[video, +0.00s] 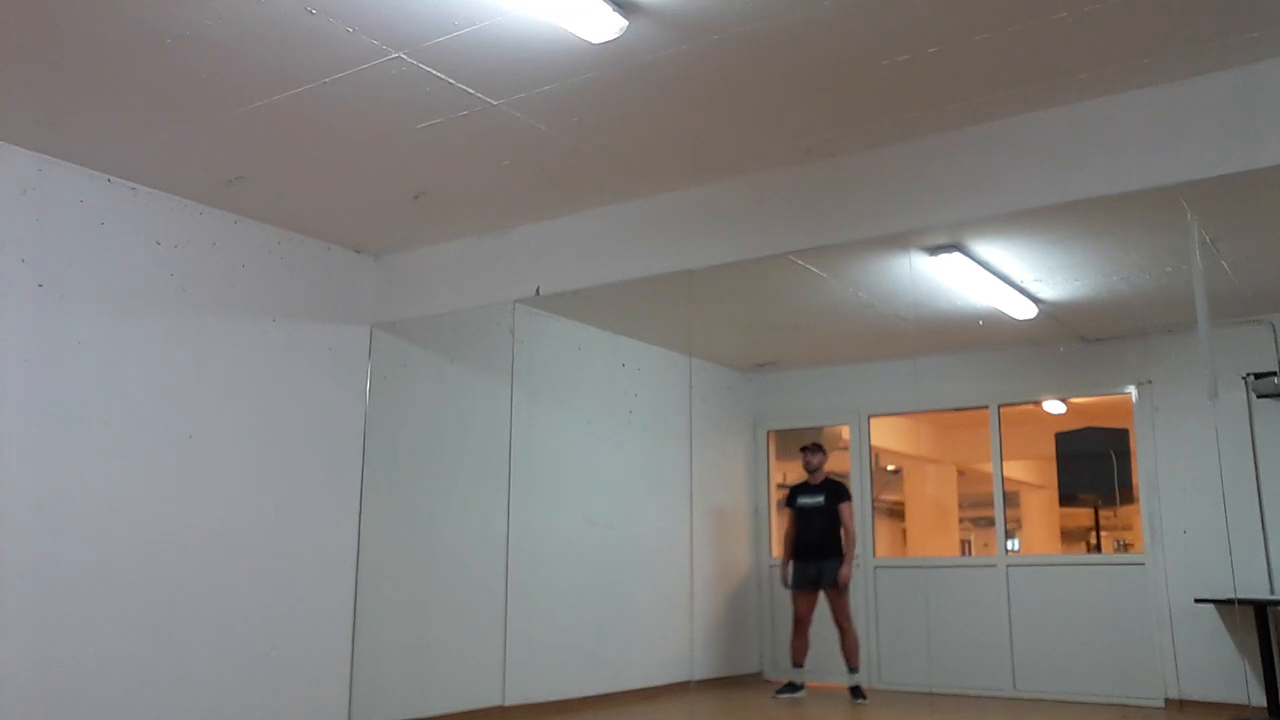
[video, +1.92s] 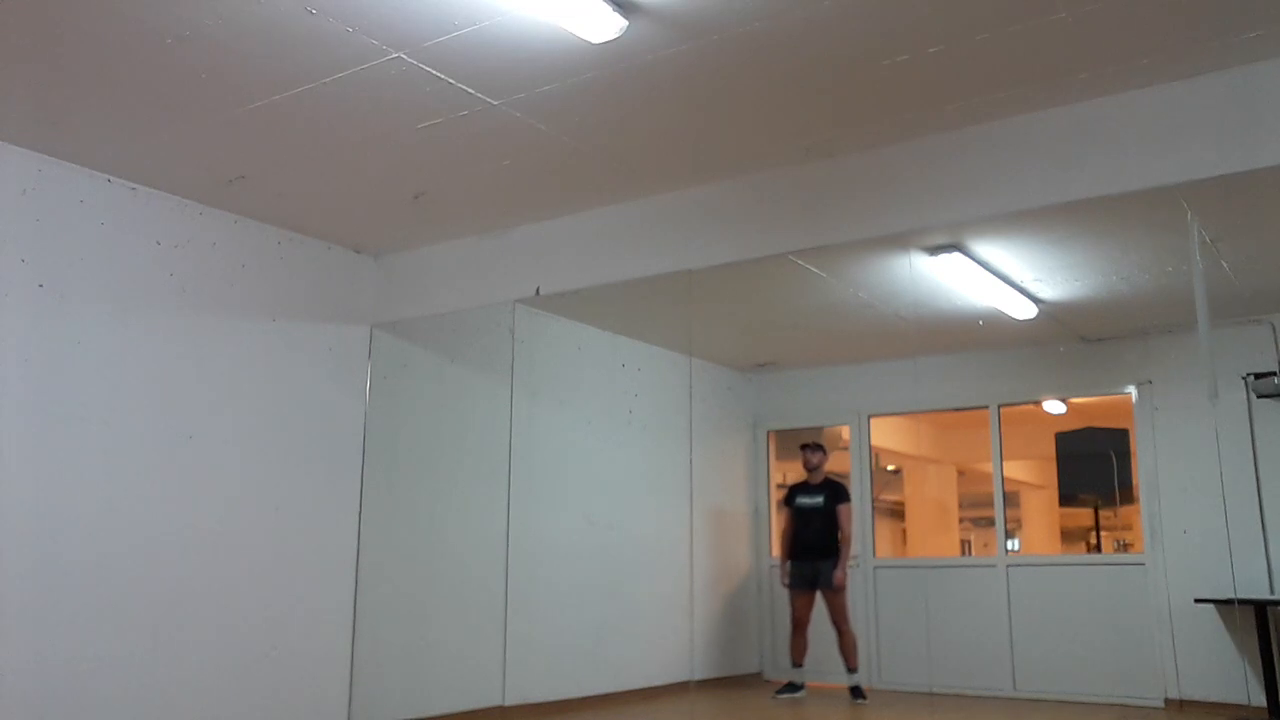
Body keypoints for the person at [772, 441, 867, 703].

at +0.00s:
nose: (809, 460)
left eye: (814, 455)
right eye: (806, 456)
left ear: (824, 459)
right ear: (802, 461)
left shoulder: (837, 489)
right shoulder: (796, 492)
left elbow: (848, 527)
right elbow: (790, 529)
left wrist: (848, 563)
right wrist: (785, 562)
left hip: (832, 563)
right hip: (803, 564)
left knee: (844, 622)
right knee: (800, 621)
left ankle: (855, 682)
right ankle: (797, 680)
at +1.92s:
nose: (810, 458)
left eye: (816, 454)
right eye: (807, 454)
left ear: (825, 458)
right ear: (802, 459)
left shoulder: (837, 490)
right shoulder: (794, 492)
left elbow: (845, 531)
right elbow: (787, 529)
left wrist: (842, 566)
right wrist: (784, 563)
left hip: (829, 563)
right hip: (800, 564)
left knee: (841, 623)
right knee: (798, 623)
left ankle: (854, 682)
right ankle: (796, 680)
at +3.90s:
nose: (812, 459)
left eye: (817, 454)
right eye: (808, 455)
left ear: (826, 459)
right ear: (803, 459)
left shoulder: (838, 489)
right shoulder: (794, 491)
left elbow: (847, 530)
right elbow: (787, 528)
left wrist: (844, 566)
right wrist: (784, 561)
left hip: (830, 563)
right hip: (801, 564)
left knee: (842, 623)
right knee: (798, 623)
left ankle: (854, 681)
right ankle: (796, 680)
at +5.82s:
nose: (810, 460)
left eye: (815, 456)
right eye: (806, 457)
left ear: (825, 458)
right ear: (803, 461)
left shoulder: (839, 490)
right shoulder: (796, 491)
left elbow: (848, 530)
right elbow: (788, 528)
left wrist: (845, 566)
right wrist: (785, 562)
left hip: (831, 564)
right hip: (802, 564)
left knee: (842, 624)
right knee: (799, 624)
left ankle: (854, 682)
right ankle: (796, 680)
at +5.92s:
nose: (810, 460)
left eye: (815, 455)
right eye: (806, 456)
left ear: (825, 458)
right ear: (803, 461)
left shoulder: (839, 490)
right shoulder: (796, 491)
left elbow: (848, 531)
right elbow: (788, 528)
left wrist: (844, 566)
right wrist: (785, 562)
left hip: (831, 564)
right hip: (802, 565)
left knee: (842, 624)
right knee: (799, 624)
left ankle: (854, 682)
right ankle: (796, 680)